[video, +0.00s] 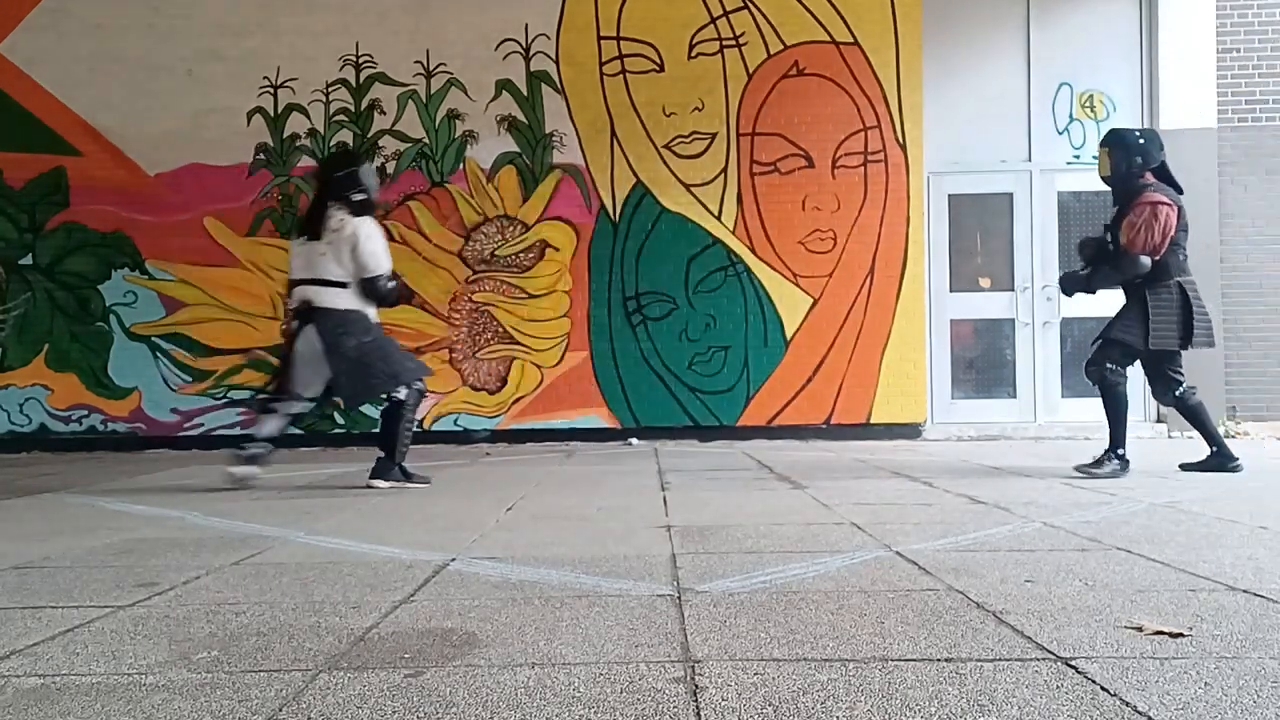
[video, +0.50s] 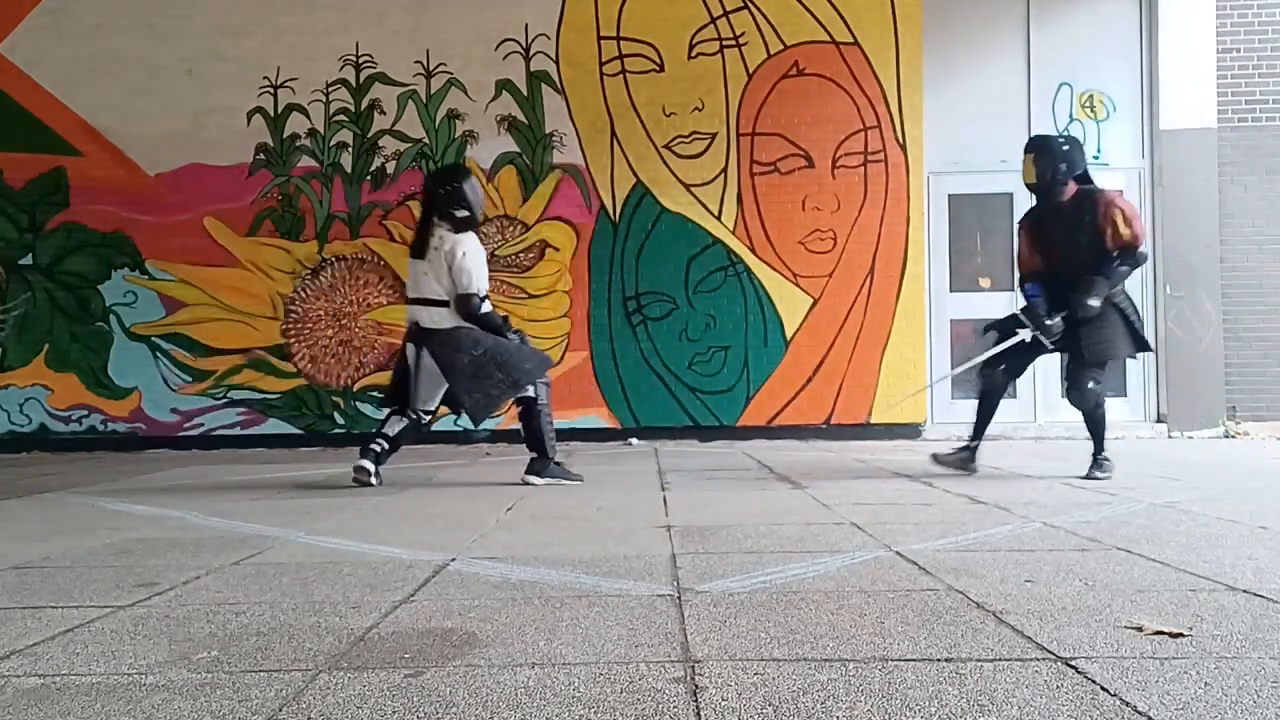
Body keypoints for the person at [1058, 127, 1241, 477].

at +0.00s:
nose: (1104, 166)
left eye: (1110, 158)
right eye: (1104, 158)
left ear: (1135, 161)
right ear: (1139, 162)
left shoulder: (1151, 203)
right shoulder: (1140, 198)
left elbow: (1135, 264)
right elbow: (1131, 250)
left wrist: (1085, 280)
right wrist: (1101, 252)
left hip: (1158, 299)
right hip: (1160, 298)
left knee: (1106, 365)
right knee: (1170, 386)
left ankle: (1116, 455)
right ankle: (1222, 452)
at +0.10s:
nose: (1093, 166)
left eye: (1100, 158)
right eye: (1094, 158)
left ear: (1125, 162)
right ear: (1125, 164)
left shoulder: (1146, 206)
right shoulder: (1121, 202)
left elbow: (1132, 265)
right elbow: (1113, 259)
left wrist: (1074, 280)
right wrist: (1080, 260)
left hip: (1152, 303)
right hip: (1145, 302)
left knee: (1102, 369)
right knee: (1167, 385)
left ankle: (1114, 458)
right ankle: (1222, 452)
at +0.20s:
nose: (1081, 166)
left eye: (1088, 158)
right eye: (1081, 158)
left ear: (1113, 162)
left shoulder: (1139, 202)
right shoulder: (1100, 208)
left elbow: (1139, 265)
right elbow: (1086, 265)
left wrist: (1082, 283)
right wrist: (1047, 270)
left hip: (1137, 299)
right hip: (1120, 299)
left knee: (1090, 375)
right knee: (1140, 390)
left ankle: (1114, 459)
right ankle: (1209, 440)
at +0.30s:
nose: (1068, 167)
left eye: (1075, 159)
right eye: (1067, 159)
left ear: (1099, 160)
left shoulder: (1132, 200)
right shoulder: (1075, 211)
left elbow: (1148, 257)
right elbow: (1063, 260)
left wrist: (1102, 281)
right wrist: (1046, 288)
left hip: (1123, 299)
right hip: (1090, 302)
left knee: (1089, 378)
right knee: (1077, 383)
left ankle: (1115, 459)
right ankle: (1150, 421)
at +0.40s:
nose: (1048, 170)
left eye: (1055, 162)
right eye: (1048, 162)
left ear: (1079, 164)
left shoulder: (1121, 201)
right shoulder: (1053, 219)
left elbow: (1146, 252)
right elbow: (1050, 271)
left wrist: (1107, 287)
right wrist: (1049, 303)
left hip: (1110, 304)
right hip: (1071, 307)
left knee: (1089, 383)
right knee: (1018, 366)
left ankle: (1112, 459)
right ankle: (1053, 434)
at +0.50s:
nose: (1033, 177)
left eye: (1040, 168)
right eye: (1031, 169)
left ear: (1065, 169)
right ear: (1033, 172)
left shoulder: (1107, 206)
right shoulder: (1032, 223)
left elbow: (1134, 253)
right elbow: (1031, 277)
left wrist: (1098, 289)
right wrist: (1039, 312)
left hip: (1095, 308)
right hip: (1051, 309)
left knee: (1083, 386)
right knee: (996, 369)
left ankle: (1100, 457)